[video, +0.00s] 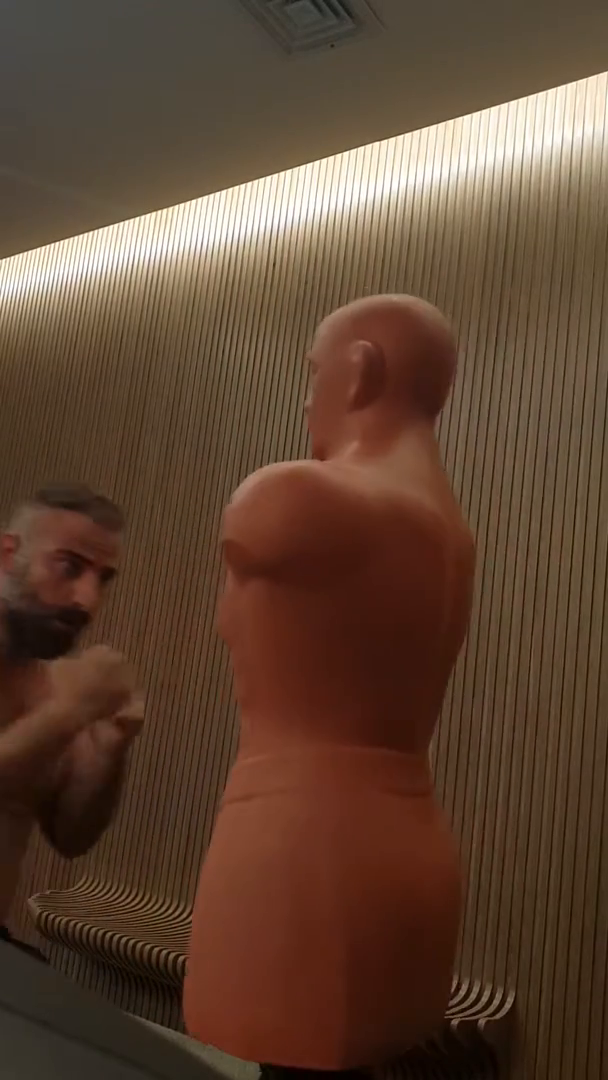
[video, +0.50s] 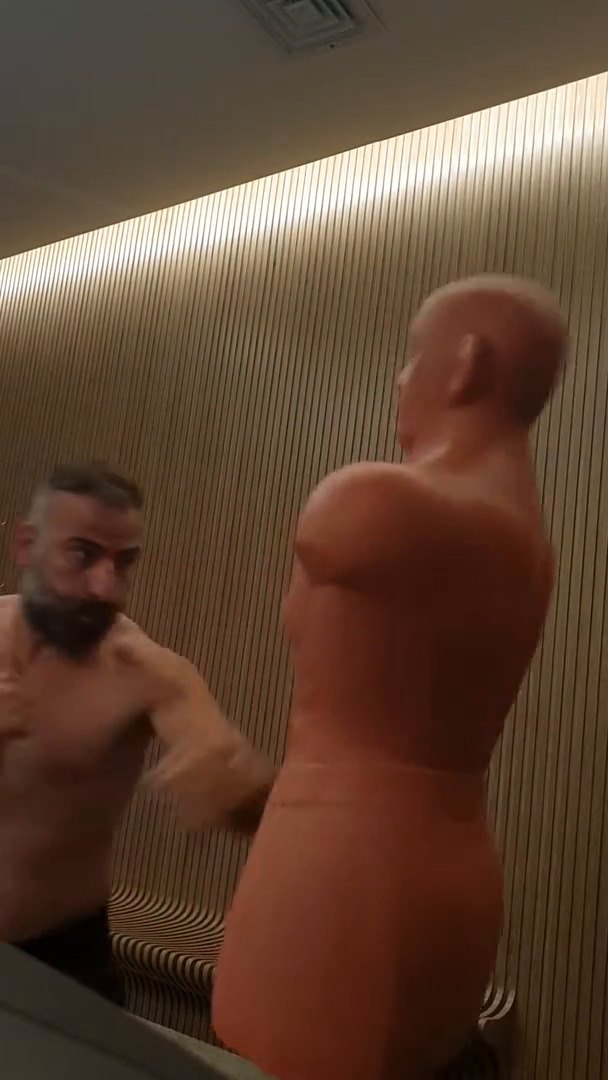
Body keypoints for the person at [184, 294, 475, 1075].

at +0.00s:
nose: (308, 401)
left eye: (315, 372)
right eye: (310, 374)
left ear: (360, 374)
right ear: (437, 398)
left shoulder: (287, 501)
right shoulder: (451, 535)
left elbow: (233, 625)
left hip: (297, 858)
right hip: (408, 845)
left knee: (261, 1062)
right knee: (368, 1060)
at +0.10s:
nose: (313, 394)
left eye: (321, 365)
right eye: (315, 368)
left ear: (368, 365)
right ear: (442, 387)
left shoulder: (293, 500)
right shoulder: (455, 532)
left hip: (299, 863)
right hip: (409, 848)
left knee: (263, 1064)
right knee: (367, 1063)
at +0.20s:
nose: (349, 390)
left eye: (359, 364)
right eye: (353, 366)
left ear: (410, 367)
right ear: (473, 391)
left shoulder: (327, 502)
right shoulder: (484, 536)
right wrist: (283, 610)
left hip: (318, 868)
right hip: (428, 856)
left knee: (274, 1065)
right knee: (390, 1064)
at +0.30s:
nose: (385, 394)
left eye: (395, 371)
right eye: (389, 372)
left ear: (442, 375)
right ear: (512, 402)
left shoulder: (358, 504)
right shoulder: (513, 547)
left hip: (336, 868)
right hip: (444, 859)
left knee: (282, 1063)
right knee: (403, 1064)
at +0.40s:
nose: (390, 404)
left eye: (400, 380)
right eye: (393, 381)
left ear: (447, 384)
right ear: (516, 410)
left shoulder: (364, 505)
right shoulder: (515, 549)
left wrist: (406, 472)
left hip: (343, 858)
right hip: (446, 852)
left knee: (313, 1063)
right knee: (400, 1065)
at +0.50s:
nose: (399, 387)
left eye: (413, 361)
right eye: (406, 362)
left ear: (464, 368)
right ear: (530, 391)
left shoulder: (367, 506)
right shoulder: (524, 543)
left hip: (338, 880)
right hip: (447, 869)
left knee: (288, 1066)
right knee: (397, 1067)